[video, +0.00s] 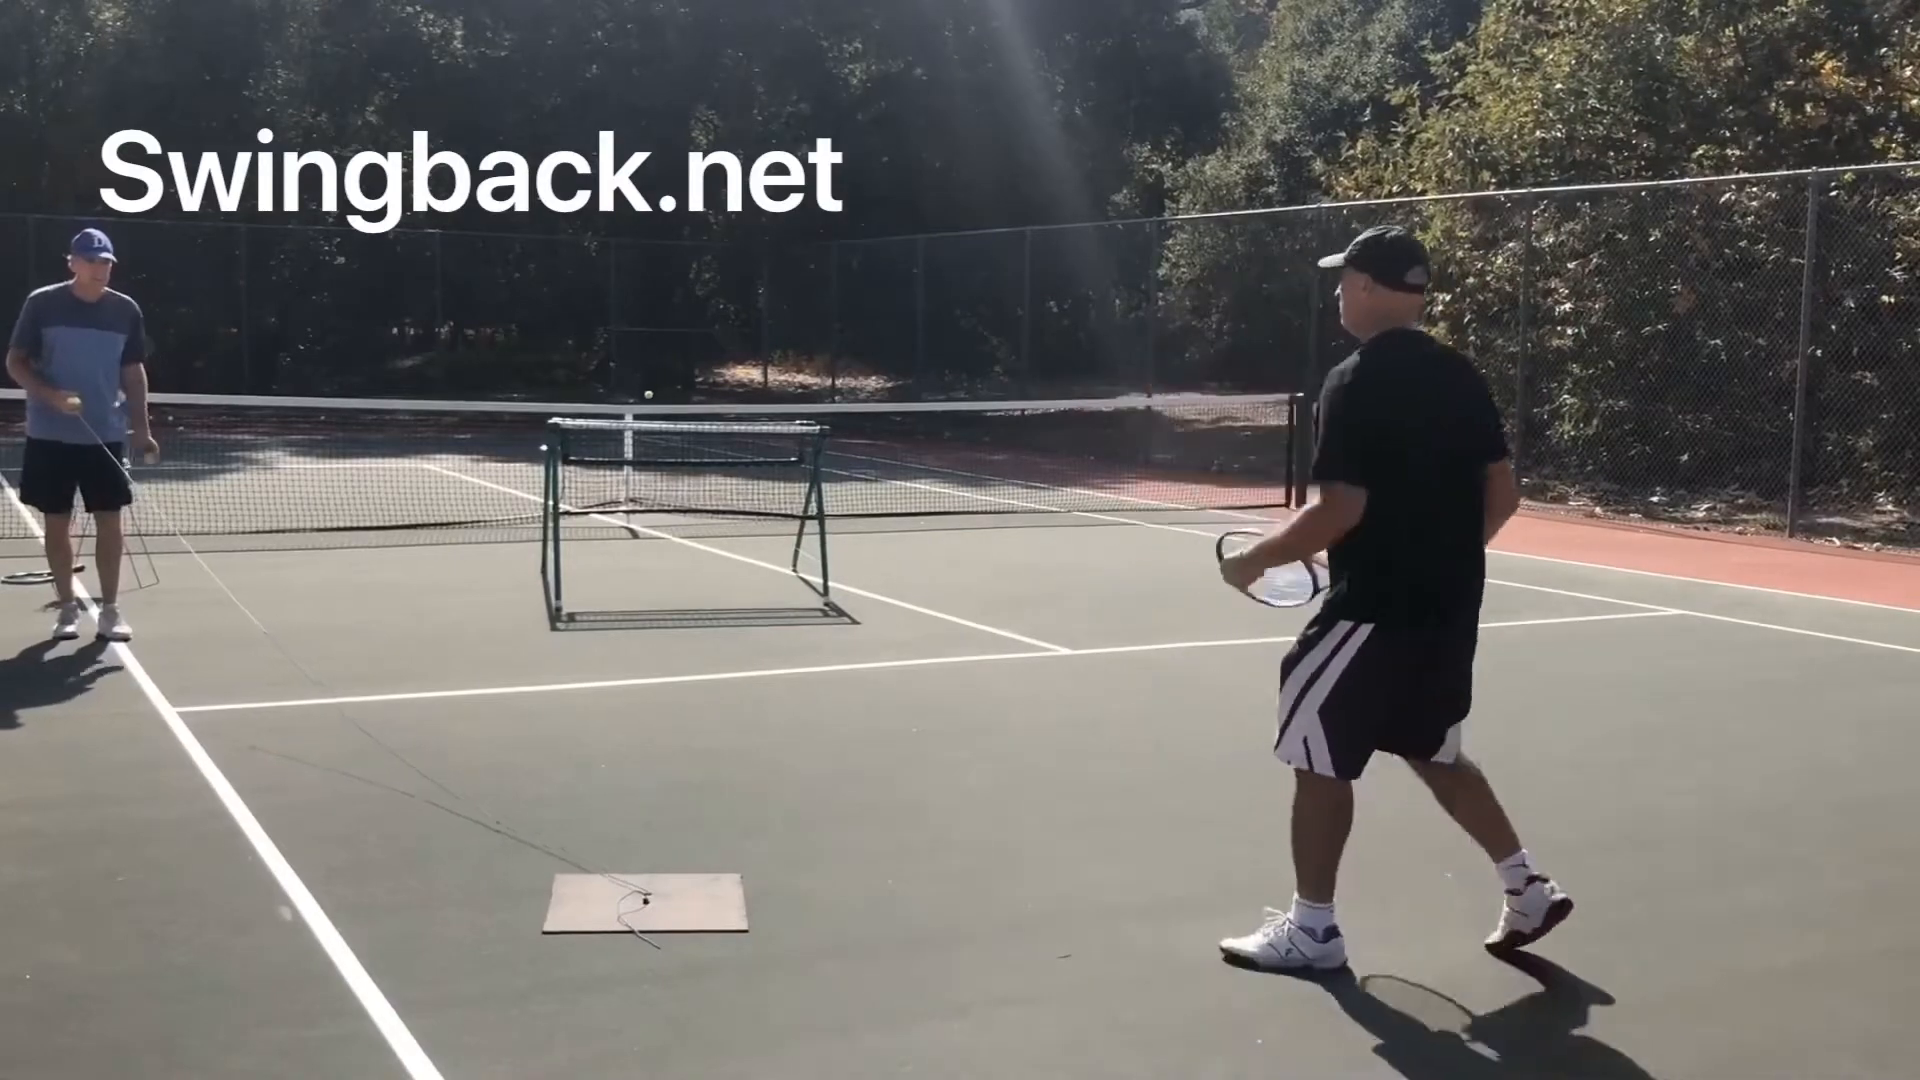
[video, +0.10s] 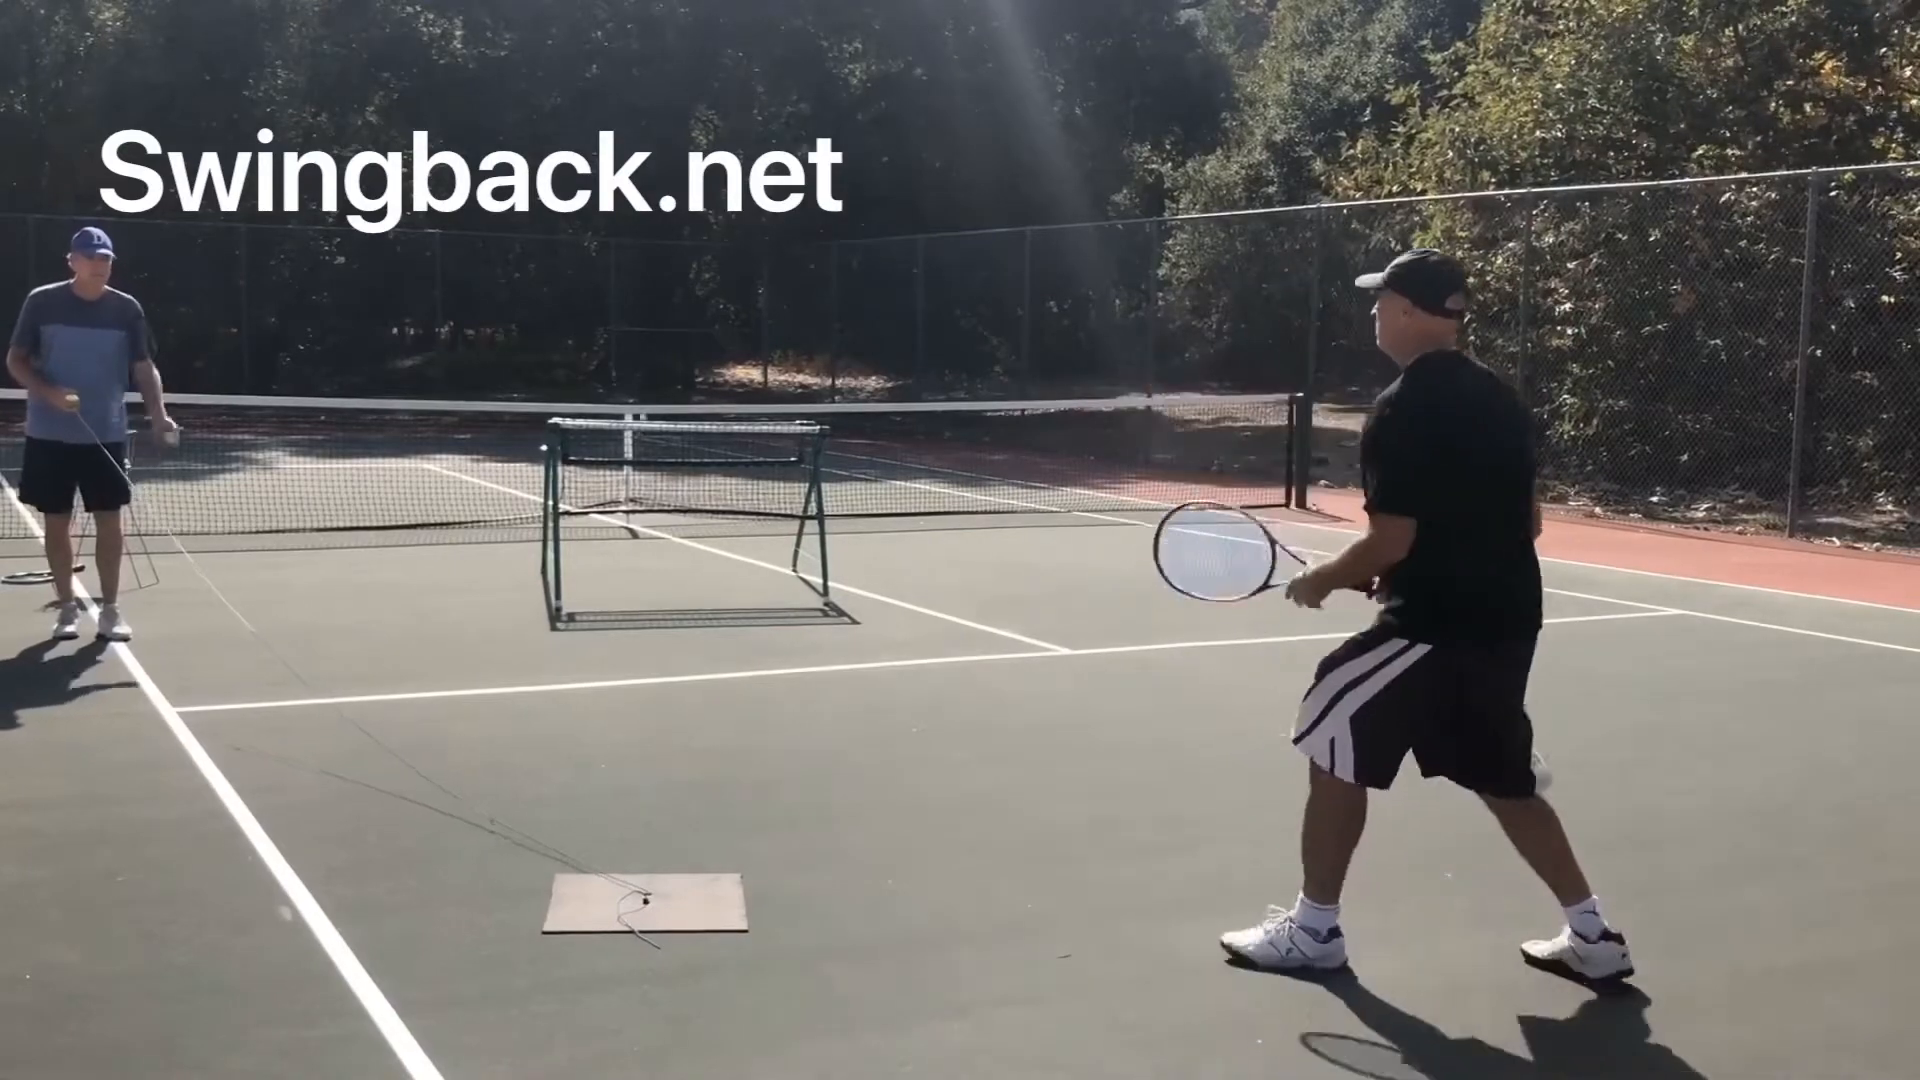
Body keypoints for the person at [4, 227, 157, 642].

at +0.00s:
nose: (101, 271)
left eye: (106, 263)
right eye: (93, 262)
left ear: (113, 266)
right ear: (72, 263)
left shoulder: (126, 311)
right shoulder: (41, 304)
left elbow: (134, 371)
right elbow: (15, 361)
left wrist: (141, 429)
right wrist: (49, 394)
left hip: (105, 438)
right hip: (51, 438)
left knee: (110, 521)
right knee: (56, 523)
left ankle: (110, 609)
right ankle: (68, 605)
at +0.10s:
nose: (99, 267)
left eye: (105, 260)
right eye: (91, 259)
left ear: (111, 264)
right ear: (72, 260)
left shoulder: (127, 308)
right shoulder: (41, 302)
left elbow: (143, 365)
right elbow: (16, 359)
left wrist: (158, 413)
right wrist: (47, 391)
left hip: (106, 438)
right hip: (51, 437)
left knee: (110, 521)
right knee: (57, 523)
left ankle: (109, 610)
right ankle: (67, 607)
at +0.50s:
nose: (95, 254)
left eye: (101, 248)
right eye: (87, 247)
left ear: (109, 254)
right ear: (70, 254)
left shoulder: (126, 296)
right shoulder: (42, 299)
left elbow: (161, 335)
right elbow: (21, 360)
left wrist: (145, 316)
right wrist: (51, 383)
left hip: (112, 428)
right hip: (57, 432)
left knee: (113, 519)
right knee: (60, 521)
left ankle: (111, 610)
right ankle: (68, 608)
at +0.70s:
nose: (92, 259)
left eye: (99, 253)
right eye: (85, 252)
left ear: (107, 257)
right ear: (69, 255)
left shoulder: (125, 300)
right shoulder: (40, 300)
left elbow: (151, 357)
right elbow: (23, 362)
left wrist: (105, 372)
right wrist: (55, 383)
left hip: (113, 432)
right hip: (57, 434)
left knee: (113, 520)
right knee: (60, 520)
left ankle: (111, 609)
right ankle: (68, 607)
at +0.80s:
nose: (92, 261)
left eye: (99, 255)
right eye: (85, 254)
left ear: (107, 258)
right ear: (69, 256)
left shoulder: (125, 302)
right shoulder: (40, 301)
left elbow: (147, 362)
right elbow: (21, 364)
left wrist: (106, 383)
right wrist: (58, 387)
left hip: (112, 433)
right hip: (57, 435)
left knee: (112, 519)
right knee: (60, 519)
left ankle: (111, 609)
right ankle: (69, 606)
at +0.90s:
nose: (92, 263)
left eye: (98, 256)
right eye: (85, 255)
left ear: (107, 260)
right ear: (68, 256)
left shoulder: (125, 303)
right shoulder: (40, 301)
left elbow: (146, 363)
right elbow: (20, 364)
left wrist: (115, 387)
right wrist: (57, 389)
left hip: (111, 433)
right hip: (56, 435)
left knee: (112, 519)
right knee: (60, 520)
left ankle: (111, 609)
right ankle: (69, 606)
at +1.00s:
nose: (91, 264)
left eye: (98, 257)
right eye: (84, 256)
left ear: (106, 260)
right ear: (67, 256)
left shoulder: (124, 302)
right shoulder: (40, 301)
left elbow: (145, 363)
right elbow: (19, 364)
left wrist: (121, 389)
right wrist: (58, 390)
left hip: (109, 433)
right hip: (55, 436)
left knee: (111, 519)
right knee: (60, 520)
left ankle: (111, 609)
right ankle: (69, 606)